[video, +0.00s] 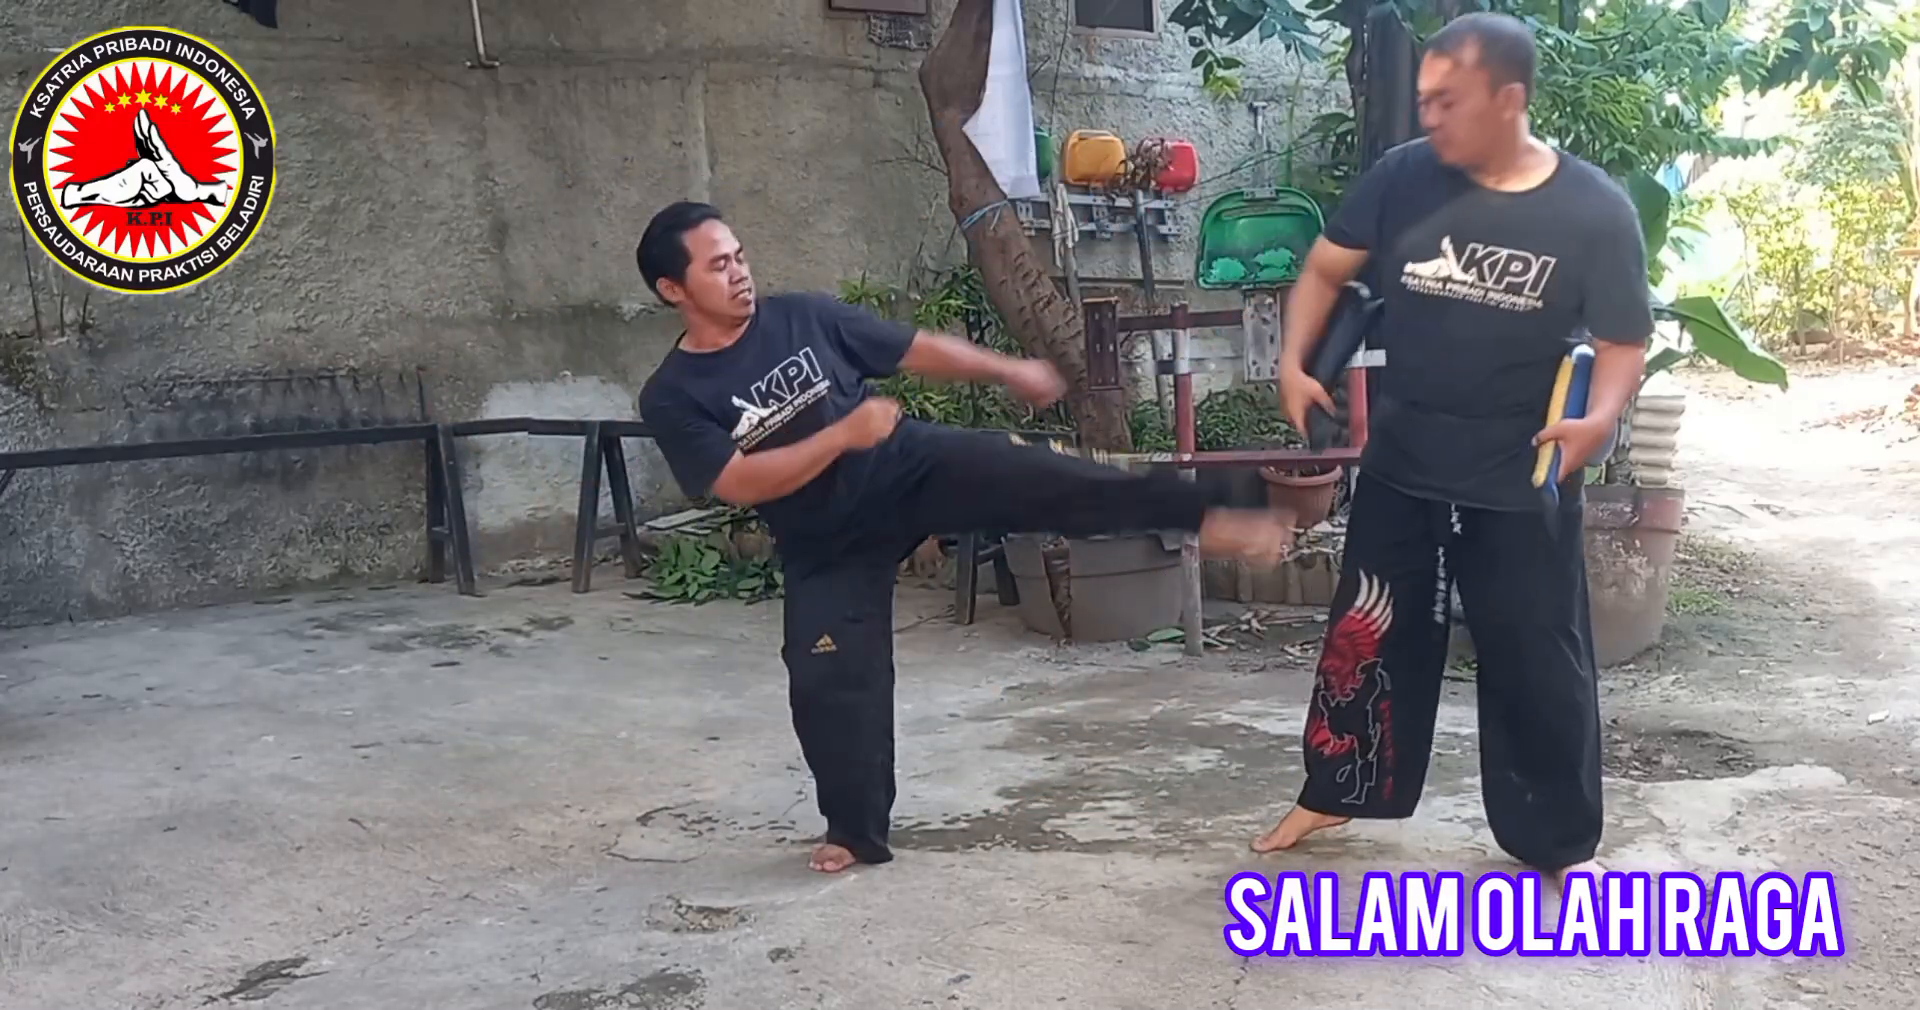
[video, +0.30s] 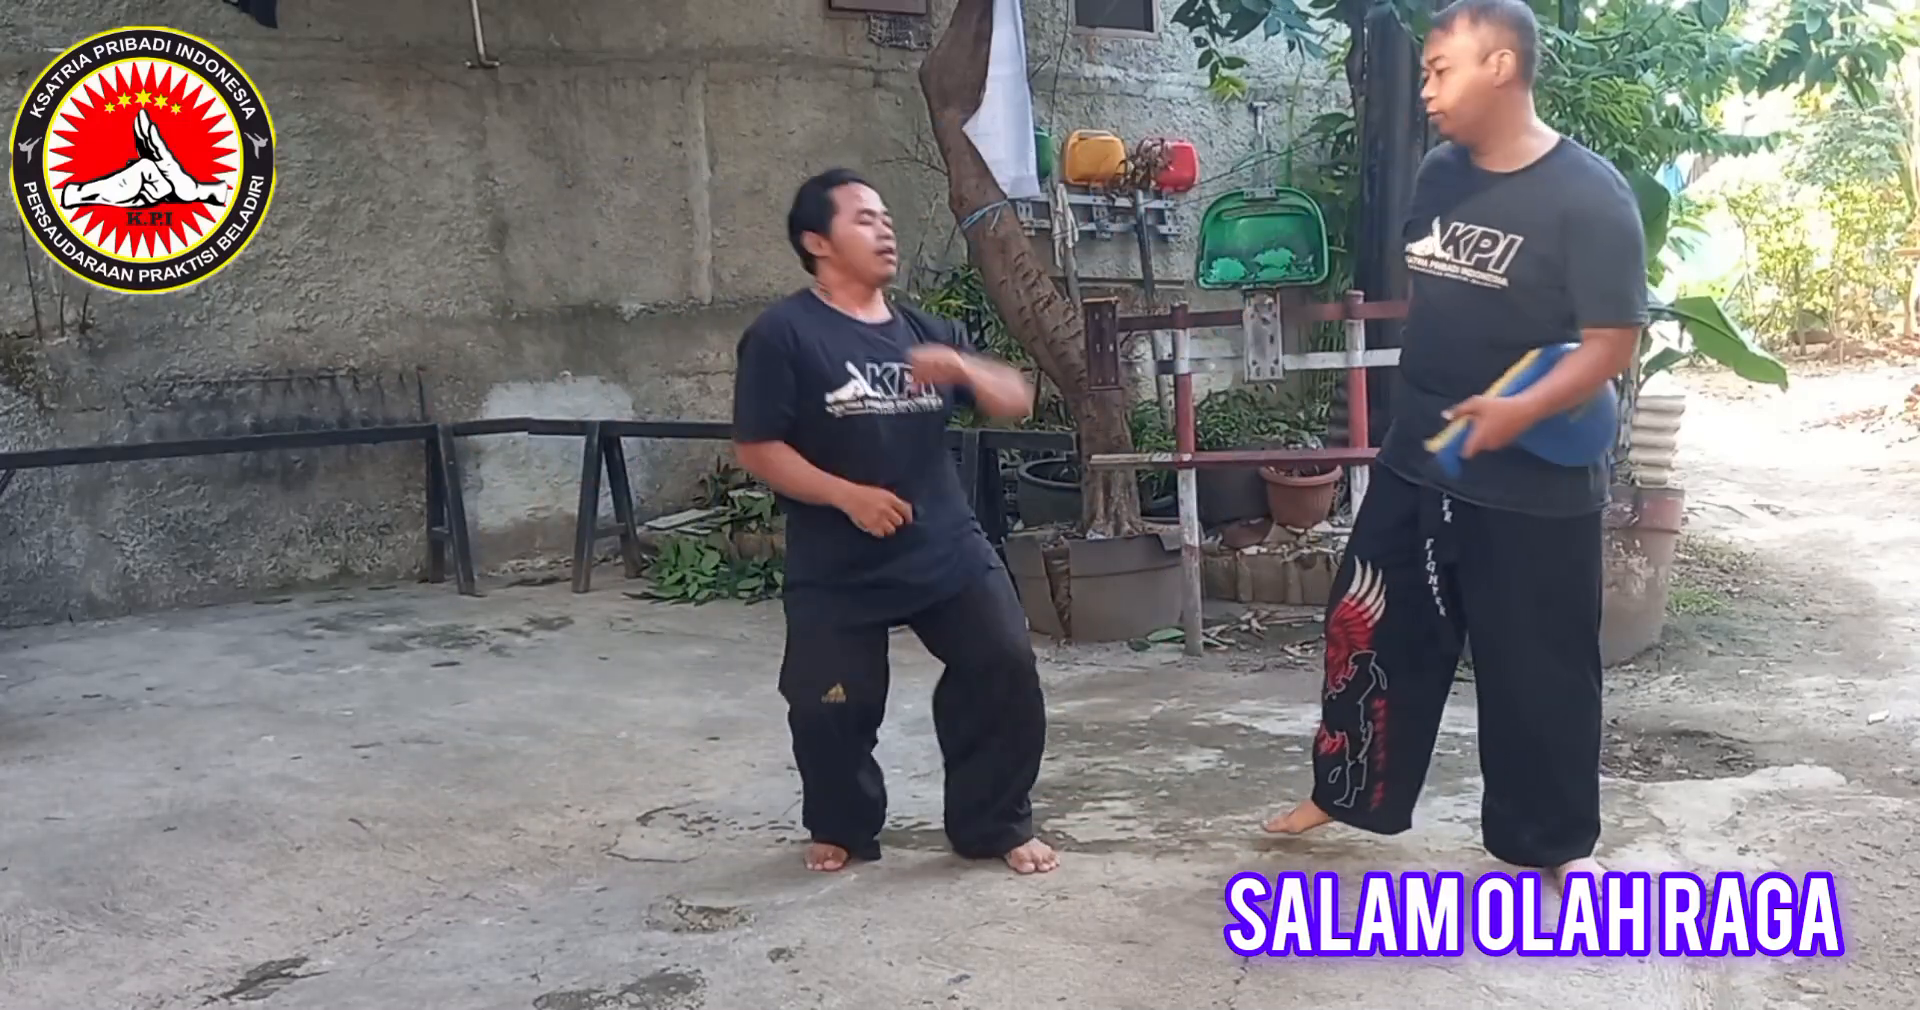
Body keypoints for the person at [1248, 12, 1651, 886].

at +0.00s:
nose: (1427, 118)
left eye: (1443, 101)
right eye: (1423, 101)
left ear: (1511, 98)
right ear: (1424, 99)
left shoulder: (1596, 210)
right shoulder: (1397, 180)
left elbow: (1623, 342)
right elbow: (1323, 272)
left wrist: (1599, 420)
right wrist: (1292, 363)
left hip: (1523, 478)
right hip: (1399, 466)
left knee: (1539, 667)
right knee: (1362, 635)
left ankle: (1557, 852)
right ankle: (1330, 795)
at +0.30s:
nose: (1426, 90)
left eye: (1440, 70)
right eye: (1424, 75)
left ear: (1504, 67)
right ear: (1478, 74)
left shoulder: (1591, 194)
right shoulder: (1440, 175)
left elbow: (1613, 345)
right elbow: (1437, 311)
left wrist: (1522, 409)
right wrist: (1419, 418)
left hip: (1531, 489)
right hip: (1417, 468)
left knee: (1537, 677)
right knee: (1369, 628)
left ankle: (1545, 852)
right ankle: (1340, 790)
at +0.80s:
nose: (1278, 113)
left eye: (1284, 94)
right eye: (1279, 96)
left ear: (1324, 89)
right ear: (1336, 90)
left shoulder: (1378, 187)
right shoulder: (1360, 186)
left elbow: (1368, 330)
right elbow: (1349, 330)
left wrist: (1246, 369)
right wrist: (1255, 370)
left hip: (1393, 453)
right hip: (1357, 450)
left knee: (1391, 635)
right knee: (1359, 632)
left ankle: (1520, 808)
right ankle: (1365, 803)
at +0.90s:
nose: (1258, 112)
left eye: (1265, 93)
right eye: (1259, 95)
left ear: (1305, 91)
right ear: (1322, 92)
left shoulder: (1347, 187)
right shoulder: (1353, 178)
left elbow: (1335, 325)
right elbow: (1338, 326)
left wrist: (1212, 379)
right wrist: (1232, 385)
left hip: (1364, 446)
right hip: (1358, 441)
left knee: (1342, 627)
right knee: (1357, 622)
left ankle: (1417, 822)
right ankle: (1355, 801)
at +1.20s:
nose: (1179, 113)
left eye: (1190, 98)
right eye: (1184, 97)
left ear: (1230, 109)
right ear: (1247, 112)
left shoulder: (1257, 206)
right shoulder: (1289, 192)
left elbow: (1259, 351)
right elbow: (1300, 343)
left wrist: (1211, 470)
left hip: (1283, 476)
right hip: (1333, 467)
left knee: (1219, 643)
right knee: (1337, 640)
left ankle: (1164, 812)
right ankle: (1360, 805)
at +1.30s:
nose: (1152, 124)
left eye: (1161, 108)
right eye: (1156, 108)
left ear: (1200, 117)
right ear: (1216, 118)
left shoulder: (1229, 212)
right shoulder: (1266, 200)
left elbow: (1226, 363)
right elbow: (1267, 348)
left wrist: (1165, 481)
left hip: (1248, 482)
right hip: (1301, 473)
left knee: (1200, 657)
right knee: (1319, 644)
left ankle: (1161, 822)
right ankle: (1357, 802)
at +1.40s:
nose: (1106, 127)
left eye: (1115, 111)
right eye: (1110, 110)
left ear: (1153, 122)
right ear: (1177, 123)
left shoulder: (1177, 220)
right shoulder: (1222, 201)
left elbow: (1168, 370)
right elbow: (1233, 343)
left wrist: (1110, 479)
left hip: (1204, 473)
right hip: (1258, 463)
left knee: (1172, 647)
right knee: (1263, 628)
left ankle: (1165, 819)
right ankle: (1343, 782)